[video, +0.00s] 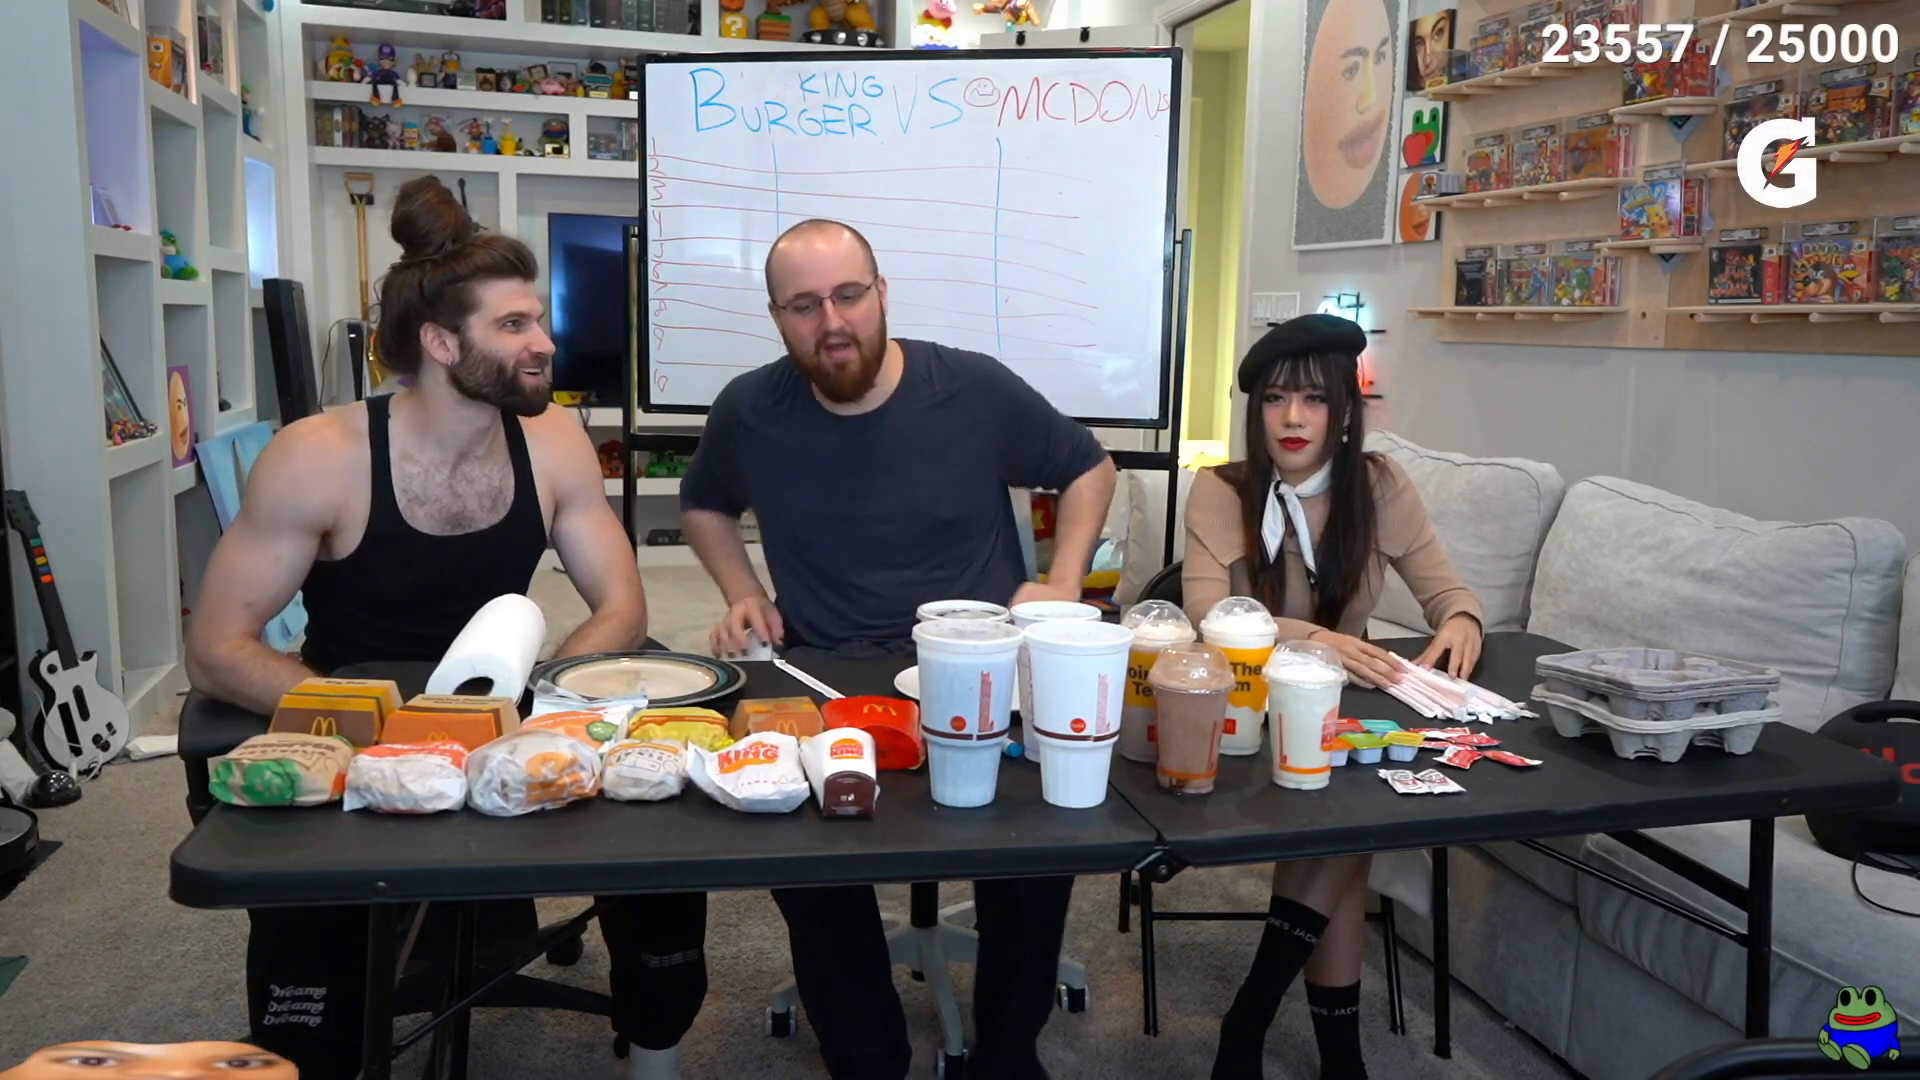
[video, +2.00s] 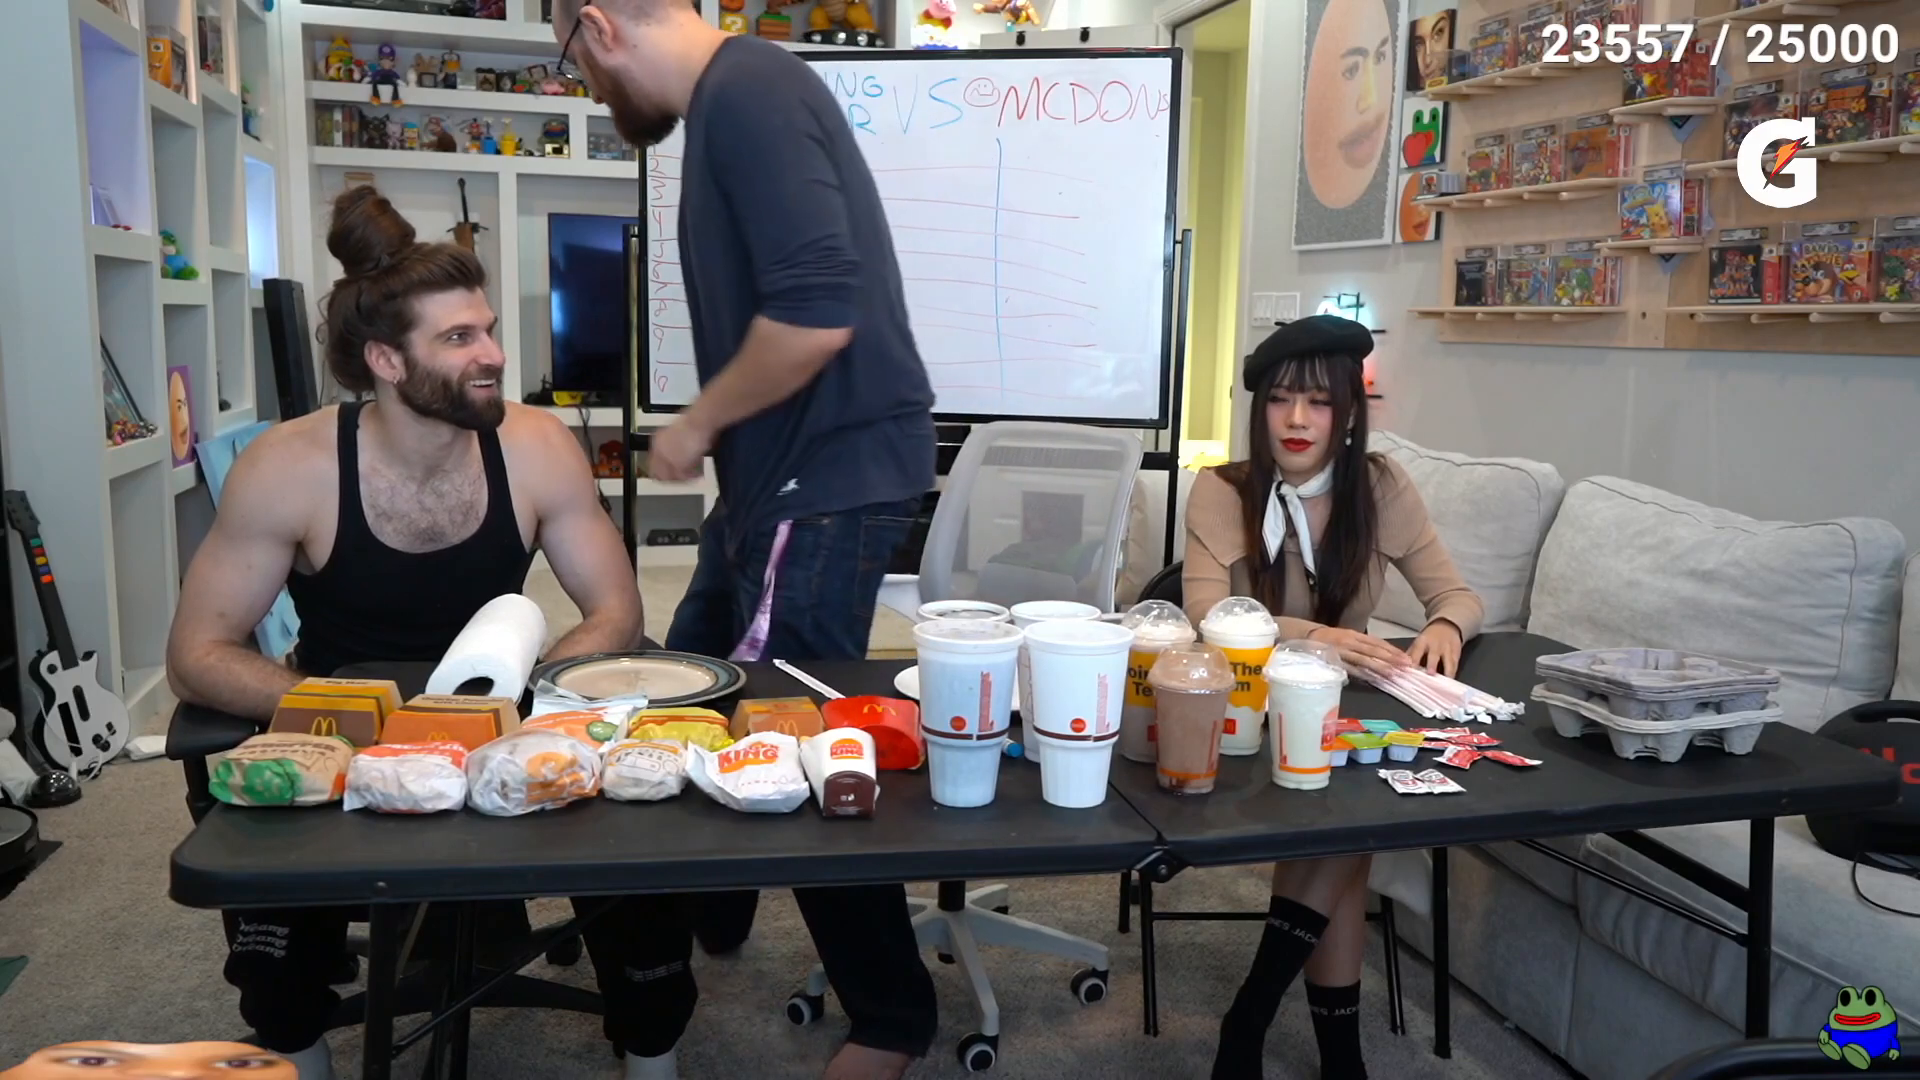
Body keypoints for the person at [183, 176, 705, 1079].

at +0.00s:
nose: (544, 344)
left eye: (542, 324)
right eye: (515, 326)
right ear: (438, 343)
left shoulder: (553, 442)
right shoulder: (318, 457)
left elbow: (624, 609)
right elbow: (216, 647)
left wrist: (540, 684)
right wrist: (359, 713)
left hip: (513, 746)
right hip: (354, 755)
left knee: (657, 828)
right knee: (306, 881)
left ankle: (655, 1055)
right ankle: (312, 1070)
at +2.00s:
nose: (491, 354)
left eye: (490, 332)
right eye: (458, 338)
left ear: (497, 329)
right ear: (385, 364)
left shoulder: (538, 449)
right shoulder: (289, 466)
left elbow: (618, 616)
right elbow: (197, 653)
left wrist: (527, 684)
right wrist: (343, 708)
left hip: (508, 746)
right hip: (338, 756)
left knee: (639, 849)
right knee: (272, 886)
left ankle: (654, 1058)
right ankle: (299, 1060)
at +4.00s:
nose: (499, 351)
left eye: (499, 330)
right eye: (468, 336)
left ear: (502, 328)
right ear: (393, 358)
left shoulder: (539, 447)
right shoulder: (290, 466)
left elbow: (620, 614)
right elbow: (198, 654)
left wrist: (525, 679)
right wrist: (341, 709)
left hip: (509, 746)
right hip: (338, 757)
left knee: (638, 839)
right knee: (269, 879)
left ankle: (652, 1059)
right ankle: (299, 1060)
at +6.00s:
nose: (529, 349)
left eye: (524, 328)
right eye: (503, 334)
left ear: (439, 347)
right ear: (427, 351)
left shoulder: (542, 443)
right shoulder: (302, 461)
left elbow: (620, 609)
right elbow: (206, 657)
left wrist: (528, 683)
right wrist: (357, 712)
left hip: (507, 742)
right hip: (340, 750)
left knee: (667, 828)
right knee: (268, 866)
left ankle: (662, 1058)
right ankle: (316, 1057)